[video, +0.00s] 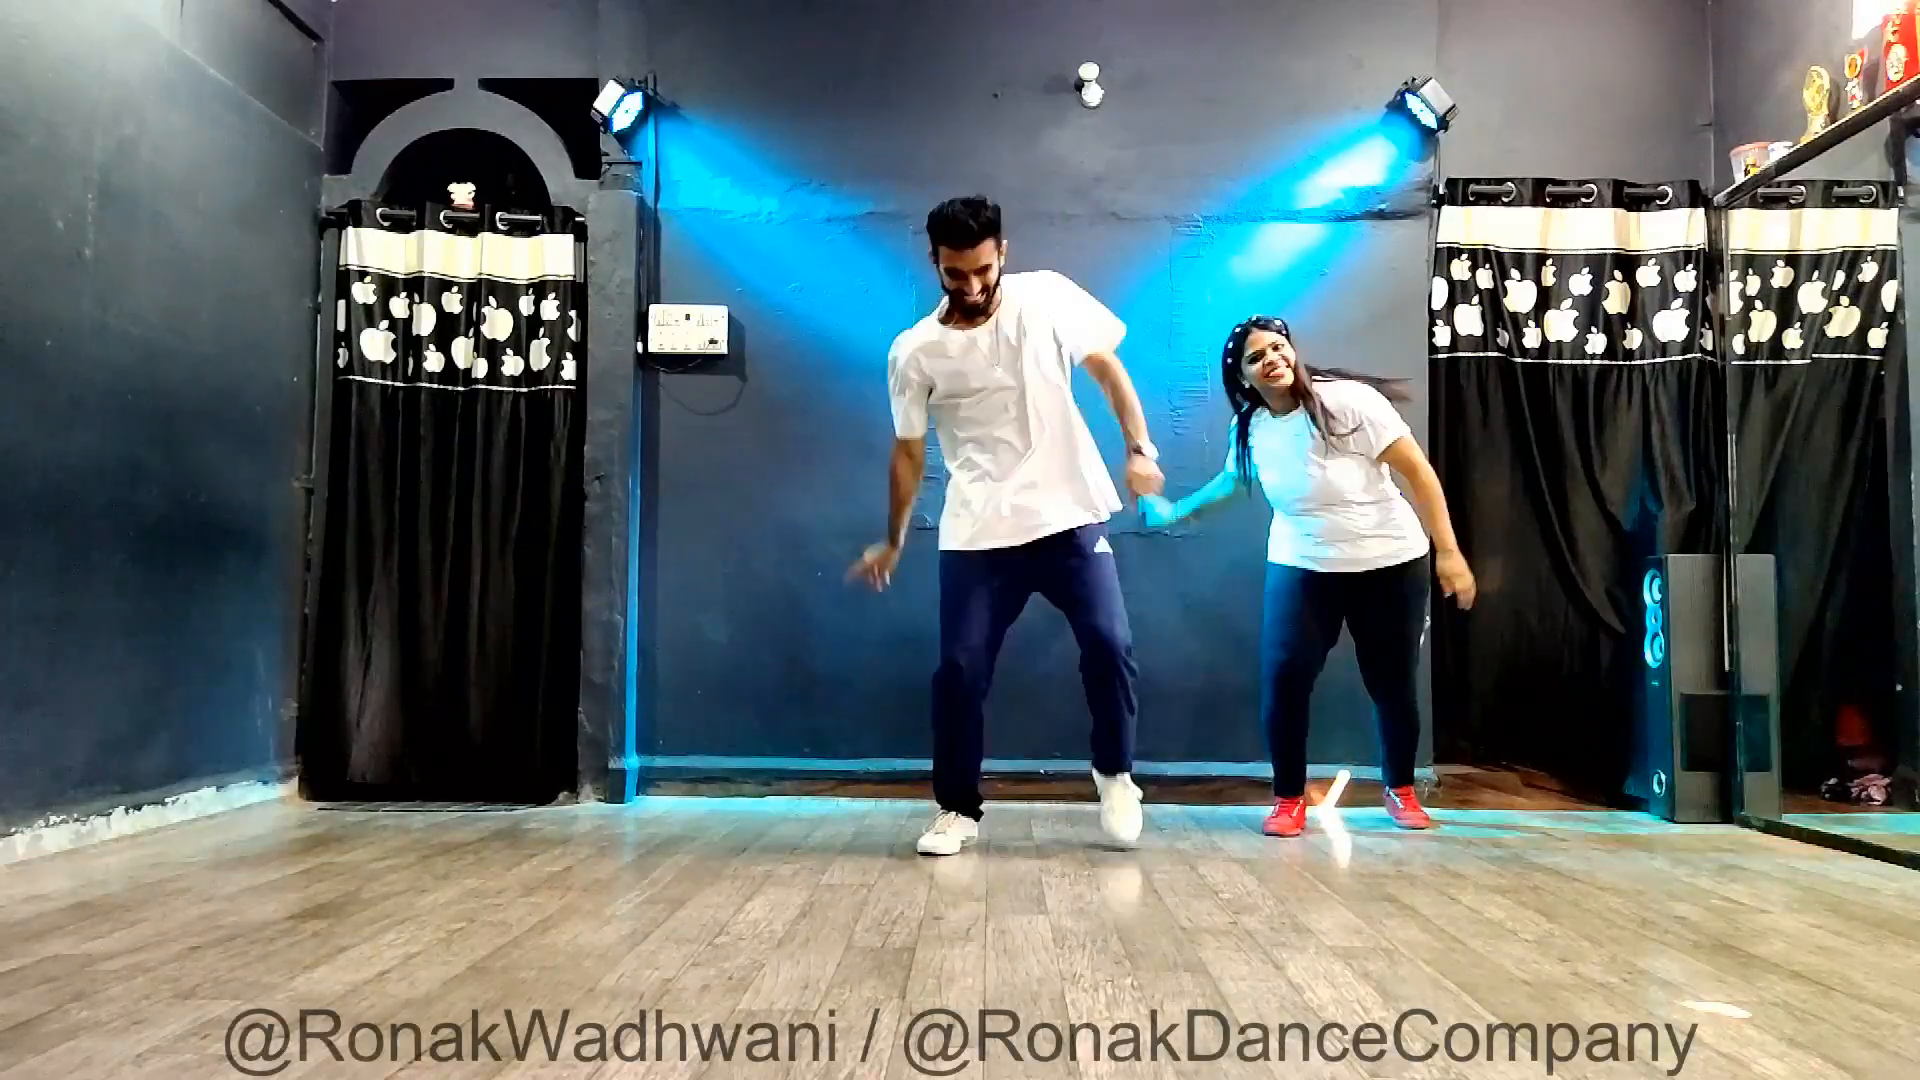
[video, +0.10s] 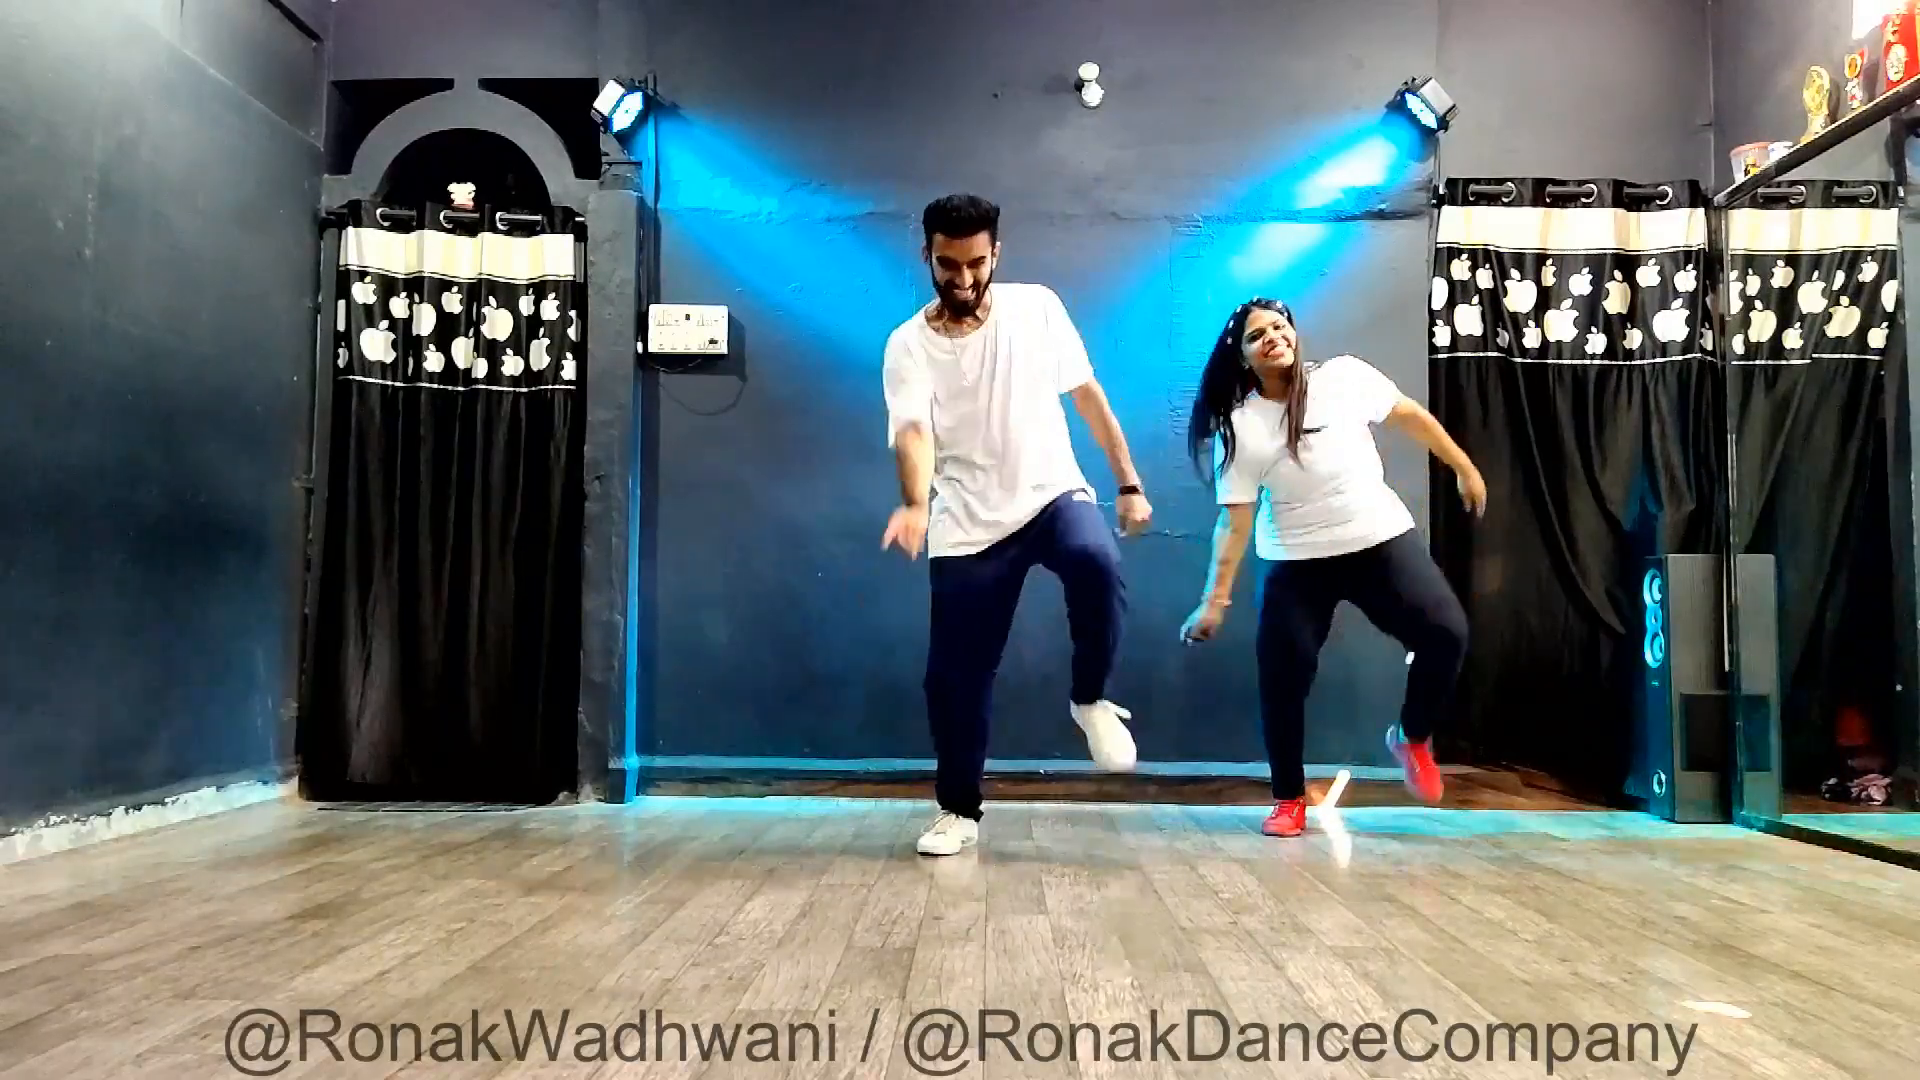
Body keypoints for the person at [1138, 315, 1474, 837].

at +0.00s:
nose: (1272, 358)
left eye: (1276, 346)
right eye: (1256, 357)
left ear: (1293, 351)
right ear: (1244, 379)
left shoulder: (1352, 402)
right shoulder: (1250, 430)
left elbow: (1419, 473)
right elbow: (1232, 481)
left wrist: (1448, 550)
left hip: (1386, 562)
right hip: (1301, 566)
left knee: (1393, 684)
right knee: (1284, 676)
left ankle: (1400, 790)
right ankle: (1289, 797)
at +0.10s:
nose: (1272, 336)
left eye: (1278, 326)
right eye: (1257, 334)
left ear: (1295, 334)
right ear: (1243, 357)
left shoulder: (1345, 377)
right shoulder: (1242, 426)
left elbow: (1413, 417)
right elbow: (1236, 522)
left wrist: (1465, 468)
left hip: (1380, 543)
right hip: (1298, 561)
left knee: (1446, 632)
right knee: (1281, 669)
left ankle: (1411, 737)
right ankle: (1289, 798)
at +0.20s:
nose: (1289, 301)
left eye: (1298, 292)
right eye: (1276, 296)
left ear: (1315, 302)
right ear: (1260, 312)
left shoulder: (1347, 346)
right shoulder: (1253, 380)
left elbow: (1396, 377)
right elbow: (1270, 455)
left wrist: (1449, 415)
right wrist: (1283, 520)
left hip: (1372, 520)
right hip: (1301, 540)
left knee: (1468, 538)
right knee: (1294, 680)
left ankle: (1427, 667)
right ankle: (1288, 794)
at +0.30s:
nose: (1327, 277)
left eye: (1337, 271)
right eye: (1314, 270)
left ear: (1352, 284)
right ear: (1291, 285)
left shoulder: (1357, 335)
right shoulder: (1276, 326)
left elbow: (1384, 350)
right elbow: (1320, 333)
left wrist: (1414, 366)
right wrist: (1355, 312)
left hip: (1372, 495)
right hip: (1296, 515)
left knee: (1471, 444)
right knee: (1295, 651)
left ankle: (1445, 575)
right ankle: (1267, 782)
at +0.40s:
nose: (1355, 298)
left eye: (1361, 290)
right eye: (1340, 281)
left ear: (1366, 300)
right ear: (1314, 289)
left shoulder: (1361, 354)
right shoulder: (1297, 337)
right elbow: (1355, 276)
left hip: (1371, 507)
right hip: (1302, 524)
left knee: (1466, 429)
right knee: (1298, 667)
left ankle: (1456, 559)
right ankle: (1264, 809)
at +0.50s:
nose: (1354, 286)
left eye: (1354, 282)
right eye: (1340, 281)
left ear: (1352, 305)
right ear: (1311, 300)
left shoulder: (1367, 364)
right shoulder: (1306, 349)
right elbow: (1369, 282)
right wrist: (1413, 208)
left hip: (1381, 541)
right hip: (1307, 542)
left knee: (1499, 507)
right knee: (1306, 668)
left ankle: (1466, 642)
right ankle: (1264, 816)